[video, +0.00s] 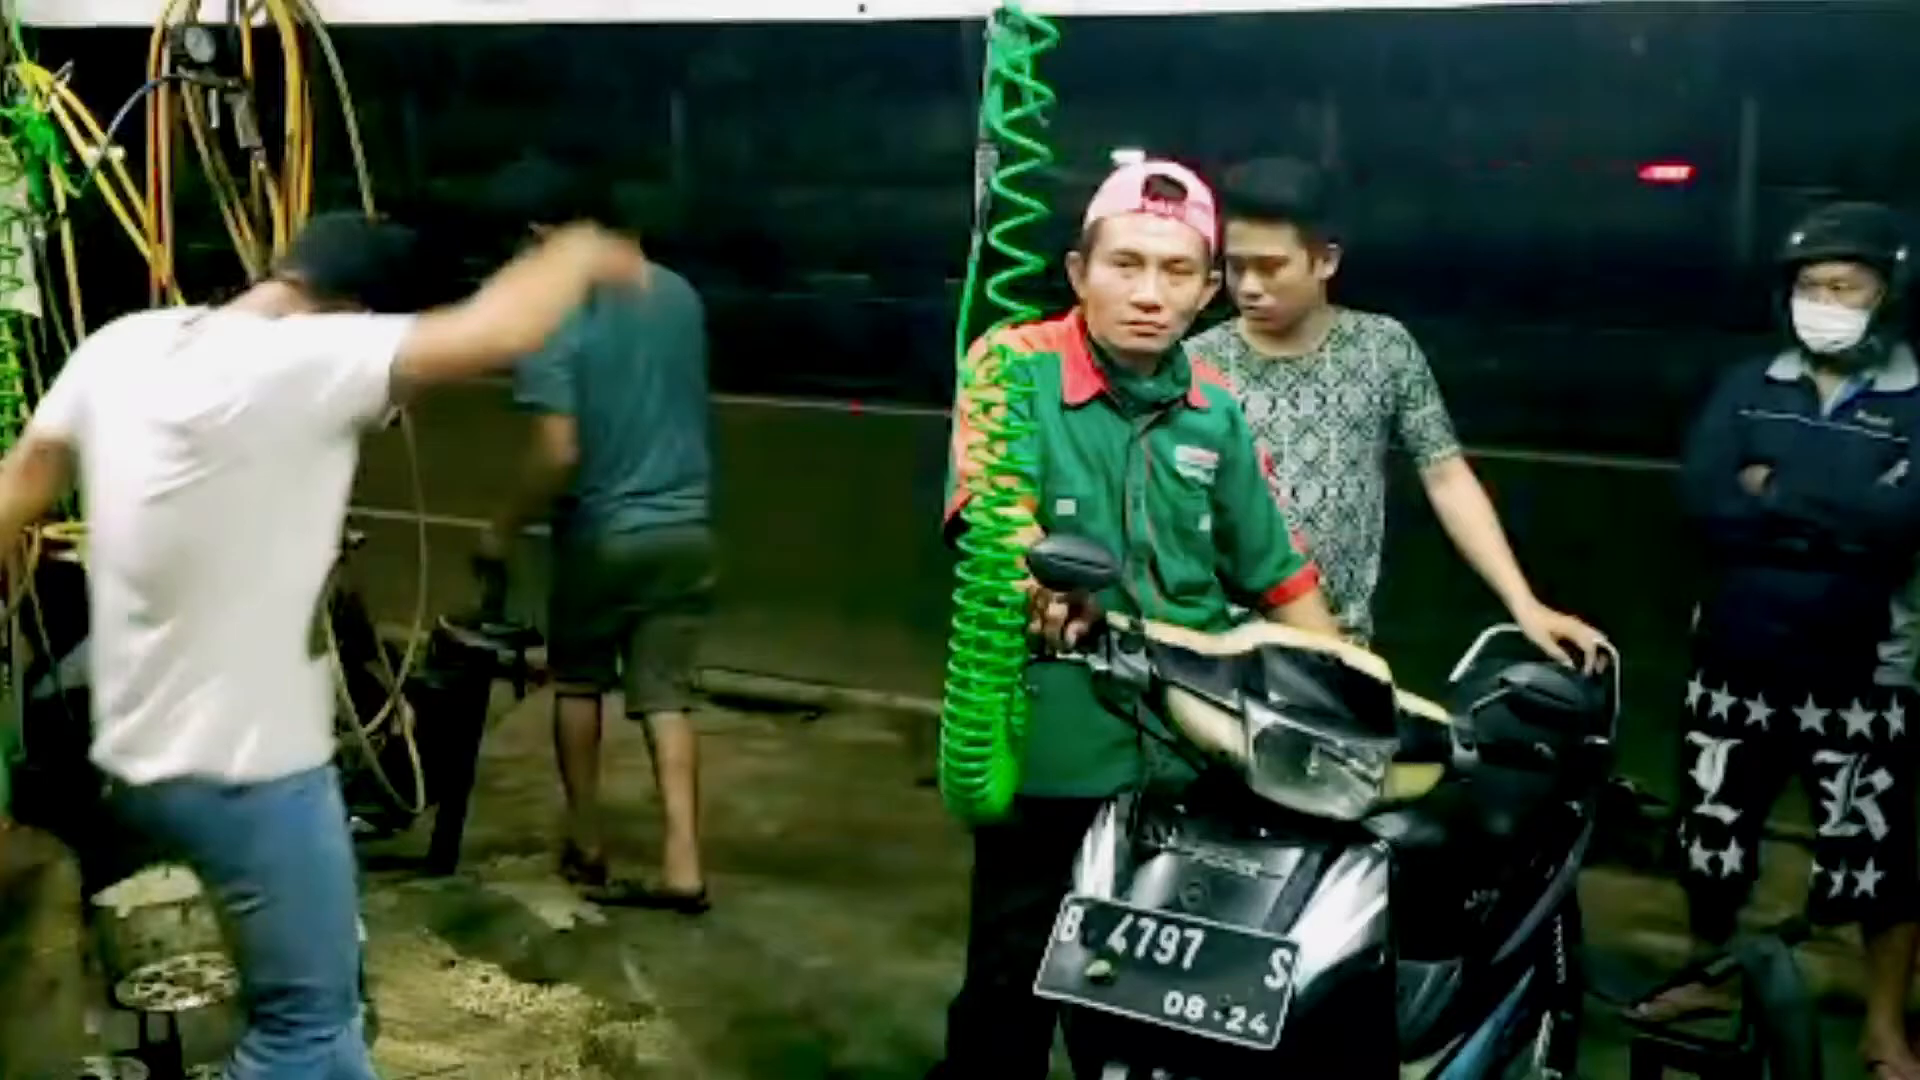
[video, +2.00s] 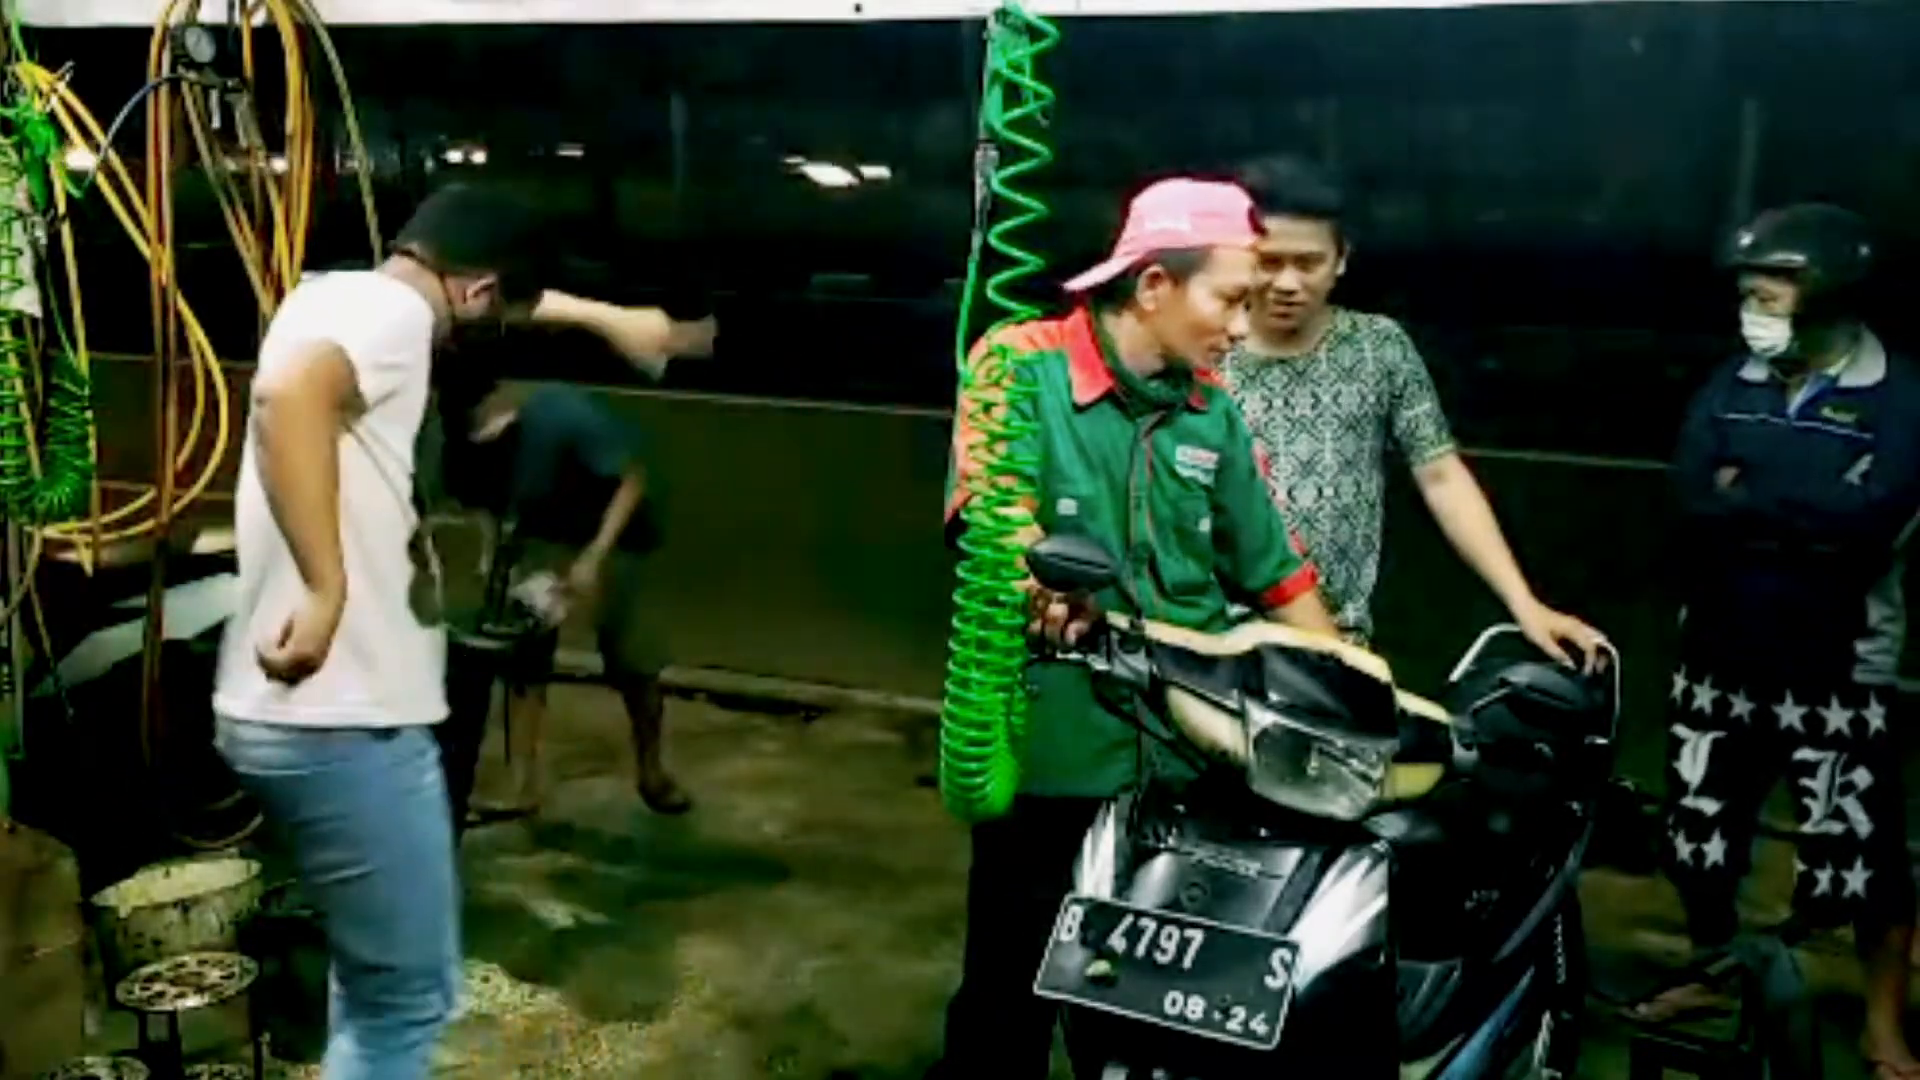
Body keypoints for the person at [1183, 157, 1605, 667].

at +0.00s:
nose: (1249, 286)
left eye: (1270, 267)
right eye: (1236, 267)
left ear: (1325, 260)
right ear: (1221, 264)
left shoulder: (1382, 350)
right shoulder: (1195, 363)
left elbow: (1447, 478)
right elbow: (1151, 500)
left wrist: (1525, 606)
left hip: (1334, 647)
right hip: (1210, 646)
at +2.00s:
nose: (1287, 283)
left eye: (1307, 263)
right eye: (1269, 262)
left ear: (1339, 260)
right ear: (1241, 256)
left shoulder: (1379, 349)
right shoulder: (1203, 350)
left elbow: (1442, 476)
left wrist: (1525, 606)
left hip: (1333, 638)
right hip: (1212, 630)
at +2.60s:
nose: (1286, 334)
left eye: (1304, 317)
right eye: (1268, 318)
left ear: (1332, 291)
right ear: (1243, 290)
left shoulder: (1376, 350)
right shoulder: (1202, 353)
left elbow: (1441, 479)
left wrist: (1526, 606)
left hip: (1336, 644)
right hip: (1219, 638)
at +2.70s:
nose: (1280, 341)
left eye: (1298, 324)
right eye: (1263, 323)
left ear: (1328, 297)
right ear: (1238, 298)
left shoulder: (1376, 347)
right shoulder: (1200, 355)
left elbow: (1442, 479)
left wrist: (1526, 606)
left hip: (1337, 645)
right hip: (1218, 640)